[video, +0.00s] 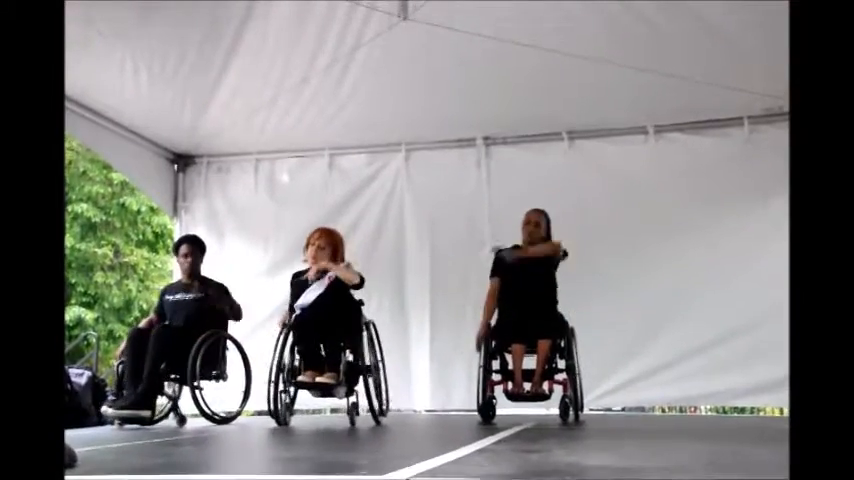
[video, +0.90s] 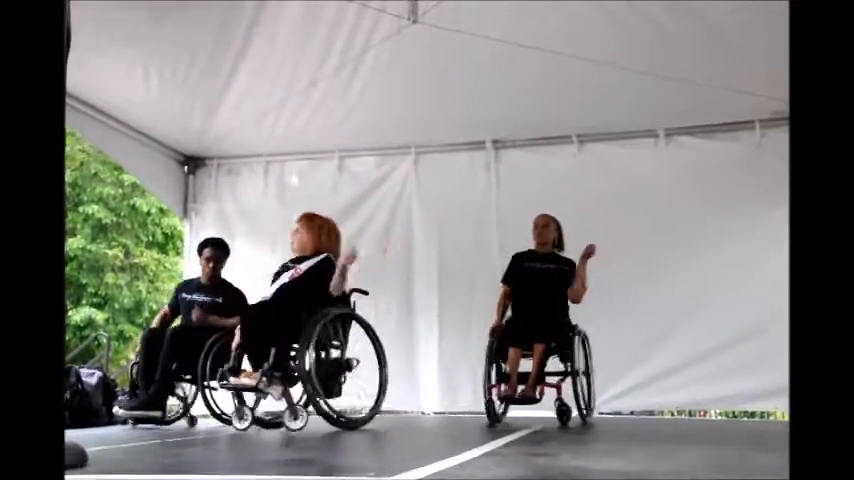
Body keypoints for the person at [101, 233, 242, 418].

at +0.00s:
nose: (190, 261)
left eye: (195, 256)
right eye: (185, 256)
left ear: (201, 258)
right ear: (177, 259)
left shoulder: (215, 289)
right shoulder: (168, 291)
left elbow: (237, 315)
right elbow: (156, 319)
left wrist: (211, 297)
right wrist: (129, 340)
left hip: (205, 353)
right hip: (175, 352)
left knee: (162, 333)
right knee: (136, 334)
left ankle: (146, 401)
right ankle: (132, 398)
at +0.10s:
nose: (191, 261)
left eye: (196, 256)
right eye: (186, 257)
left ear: (202, 258)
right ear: (177, 260)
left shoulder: (216, 288)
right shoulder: (169, 292)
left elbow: (244, 310)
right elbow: (152, 319)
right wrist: (128, 344)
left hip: (205, 353)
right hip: (176, 352)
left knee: (162, 333)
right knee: (136, 335)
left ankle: (145, 401)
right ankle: (132, 399)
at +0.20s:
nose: (194, 261)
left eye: (198, 256)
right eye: (189, 256)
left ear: (203, 259)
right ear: (179, 260)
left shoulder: (217, 288)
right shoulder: (169, 293)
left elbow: (243, 299)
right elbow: (150, 321)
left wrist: (261, 295)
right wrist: (126, 345)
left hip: (206, 355)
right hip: (176, 353)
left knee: (163, 335)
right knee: (136, 335)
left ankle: (145, 403)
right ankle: (131, 400)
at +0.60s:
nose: (205, 263)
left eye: (209, 259)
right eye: (200, 258)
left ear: (213, 261)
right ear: (188, 259)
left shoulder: (225, 294)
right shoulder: (173, 292)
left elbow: (254, 321)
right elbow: (150, 321)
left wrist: (242, 306)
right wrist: (127, 349)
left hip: (212, 359)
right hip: (181, 358)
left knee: (172, 336)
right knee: (147, 334)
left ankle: (153, 402)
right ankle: (139, 400)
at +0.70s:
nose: (209, 264)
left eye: (214, 260)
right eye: (204, 259)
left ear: (219, 262)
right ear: (194, 260)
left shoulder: (230, 296)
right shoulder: (178, 291)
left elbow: (249, 326)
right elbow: (153, 319)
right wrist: (131, 349)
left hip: (214, 360)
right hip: (182, 356)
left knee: (175, 336)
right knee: (151, 336)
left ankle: (156, 402)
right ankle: (142, 400)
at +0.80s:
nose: (211, 265)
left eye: (216, 261)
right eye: (207, 260)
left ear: (222, 263)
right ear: (198, 260)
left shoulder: (231, 296)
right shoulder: (182, 289)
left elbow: (245, 322)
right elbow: (159, 316)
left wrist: (209, 320)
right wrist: (137, 345)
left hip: (213, 359)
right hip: (183, 353)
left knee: (177, 335)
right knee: (151, 335)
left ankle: (157, 401)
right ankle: (144, 399)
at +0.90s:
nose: (213, 266)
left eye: (218, 261)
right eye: (208, 260)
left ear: (224, 263)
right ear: (200, 260)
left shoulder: (234, 295)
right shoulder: (185, 288)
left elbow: (241, 323)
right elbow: (166, 315)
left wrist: (208, 319)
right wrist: (152, 339)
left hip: (217, 355)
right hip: (187, 351)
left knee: (176, 334)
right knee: (152, 335)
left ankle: (157, 400)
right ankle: (144, 398)